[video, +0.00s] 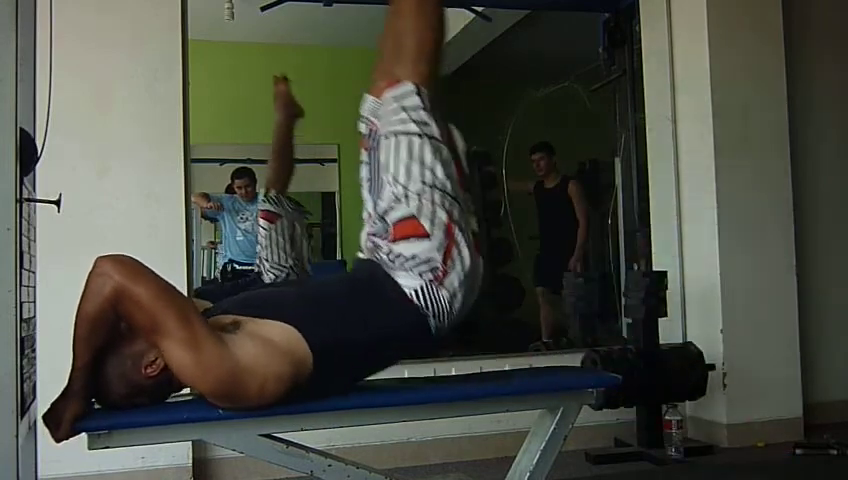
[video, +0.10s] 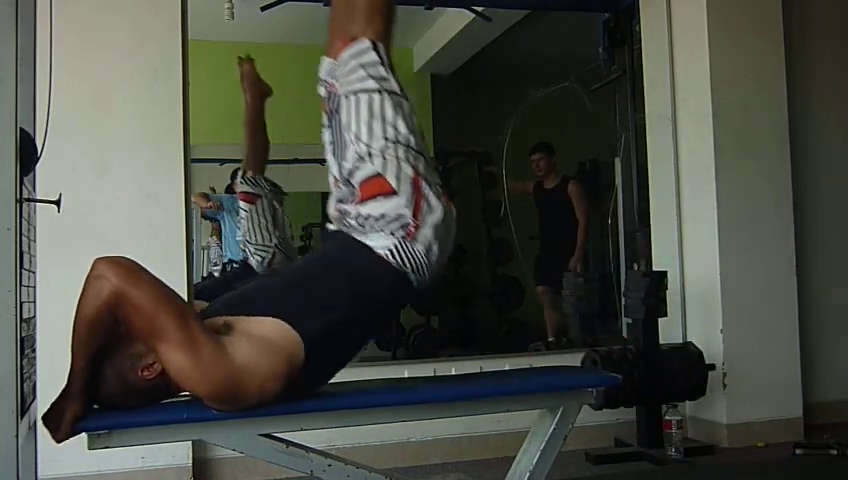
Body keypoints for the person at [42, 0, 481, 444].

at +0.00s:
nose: (146, 338)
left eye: (134, 344)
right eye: (140, 347)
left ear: (150, 367)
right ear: (152, 365)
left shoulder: (212, 346)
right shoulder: (216, 365)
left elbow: (112, 274)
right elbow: (110, 273)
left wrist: (78, 381)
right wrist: (76, 386)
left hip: (392, 276)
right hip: (426, 283)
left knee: (391, 96)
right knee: (400, 91)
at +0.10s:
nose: (142, 335)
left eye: (129, 339)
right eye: (137, 343)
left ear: (149, 372)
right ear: (149, 367)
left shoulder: (205, 350)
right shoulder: (208, 367)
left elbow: (109, 276)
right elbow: (109, 275)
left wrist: (77, 389)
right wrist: (75, 390)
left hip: (368, 239)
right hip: (397, 242)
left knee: (348, 59)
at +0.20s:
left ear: (144, 375)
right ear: (145, 371)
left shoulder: (203, 358)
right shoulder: (201, 368)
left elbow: (104, 278)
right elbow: (103, 277)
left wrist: (75, 387)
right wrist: (72, 389)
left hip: (344, 212)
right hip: (356, 210)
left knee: (311, 21)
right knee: (313, 13)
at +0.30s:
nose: (137, 342)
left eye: (123, 351)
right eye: (130, 350)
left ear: (136, 376)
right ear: (136, 372)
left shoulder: (197, 362)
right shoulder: (195, 375)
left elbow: (98, 283)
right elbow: (96, 281)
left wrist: (71, 389)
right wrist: (69, 391)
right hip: (325, 186)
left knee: (282, 17)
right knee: (281, 10)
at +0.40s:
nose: (133, 345)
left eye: (120, 349)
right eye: (125, 352)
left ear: (130, 375)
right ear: (133, 372)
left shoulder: (194, 362)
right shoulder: (191, 377)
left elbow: (95, 286)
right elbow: (95, 286)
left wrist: (70, 389)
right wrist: (69, 393)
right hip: (302, 176)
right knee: (256, 5)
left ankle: (204, 68)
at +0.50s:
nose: (125, 358)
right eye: (121, 363)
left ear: (128, 376)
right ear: (130, 375)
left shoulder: (191, 368)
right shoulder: (195, 383)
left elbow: (110, 283)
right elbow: (97, 295)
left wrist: (69, 394)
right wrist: (70, 395)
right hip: (277, 168)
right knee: (241, 3)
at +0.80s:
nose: (123, 360)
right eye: (118, 365)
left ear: (124, 378)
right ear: (126, 378)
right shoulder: (197, 394)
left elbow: (119, 270)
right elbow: (100, 305)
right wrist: (68, 396)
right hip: (261, 162)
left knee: (201, 9)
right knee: (203, 7)